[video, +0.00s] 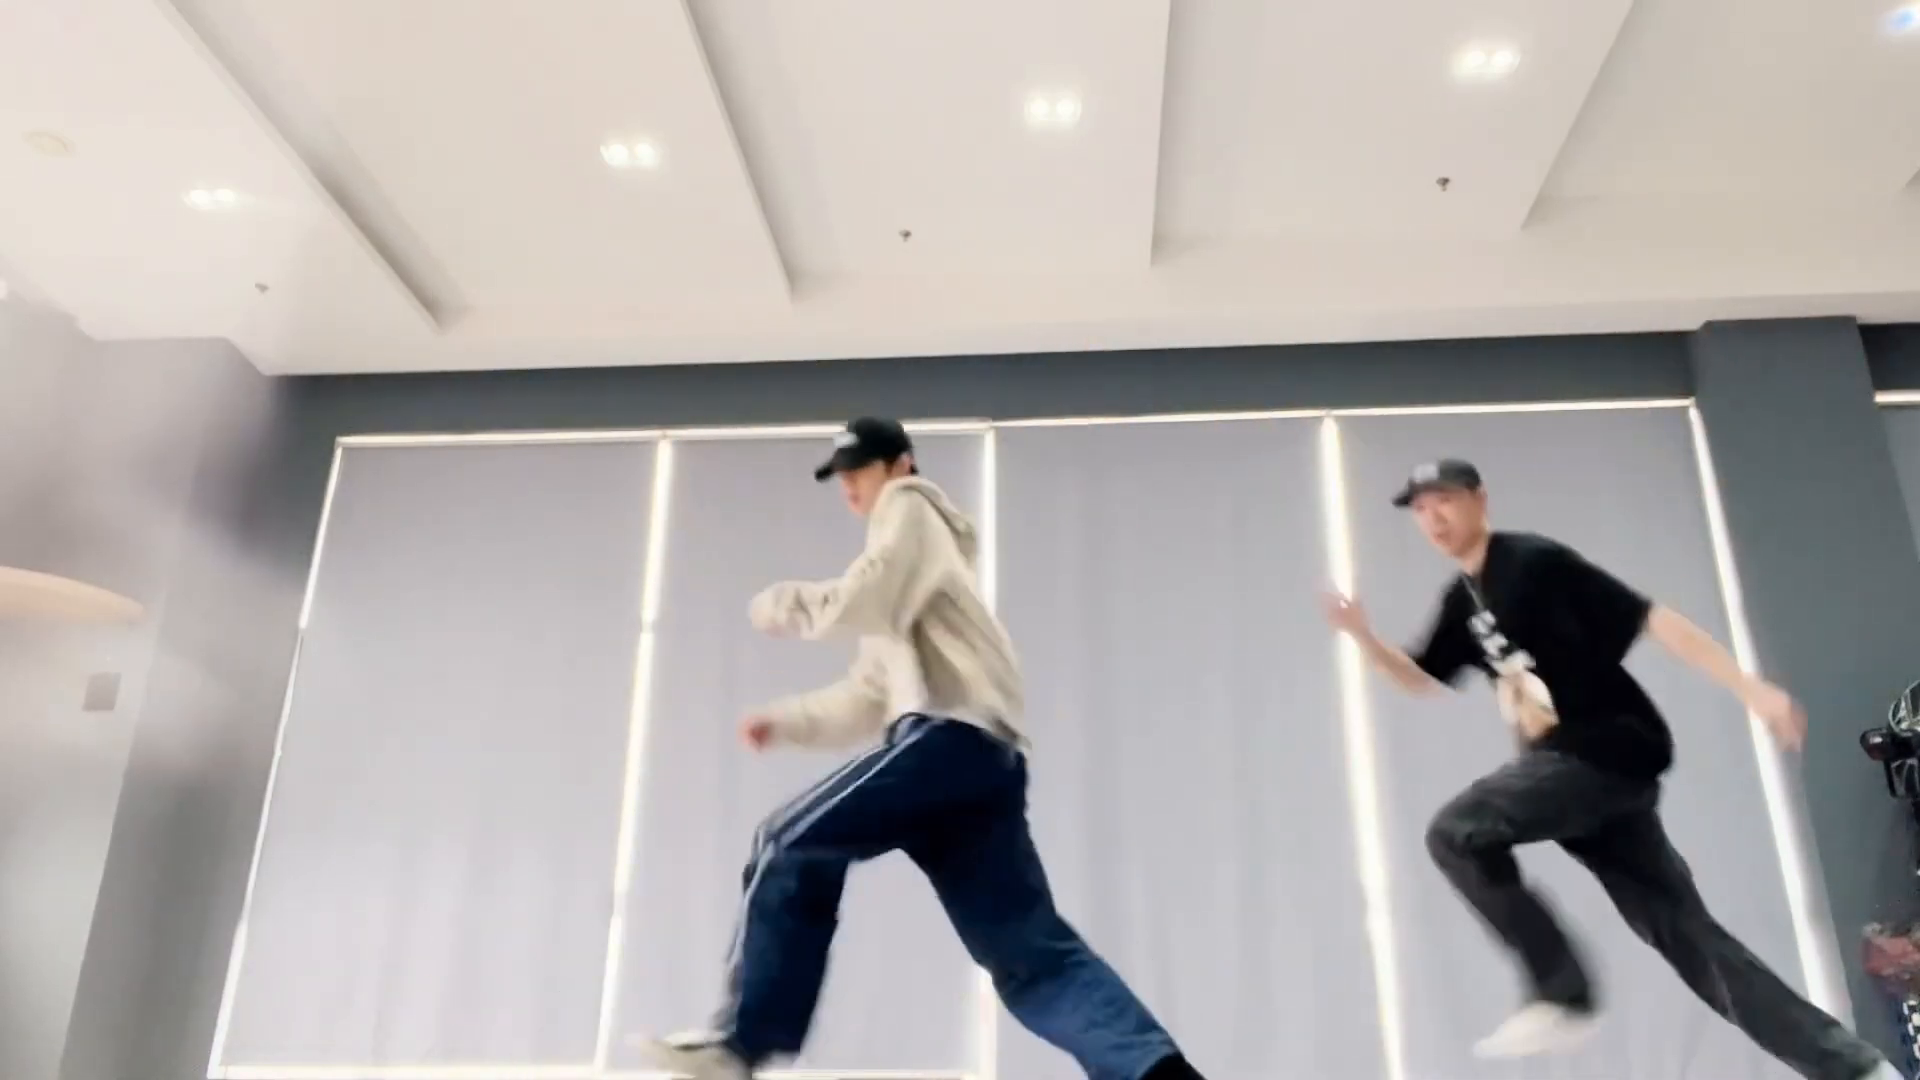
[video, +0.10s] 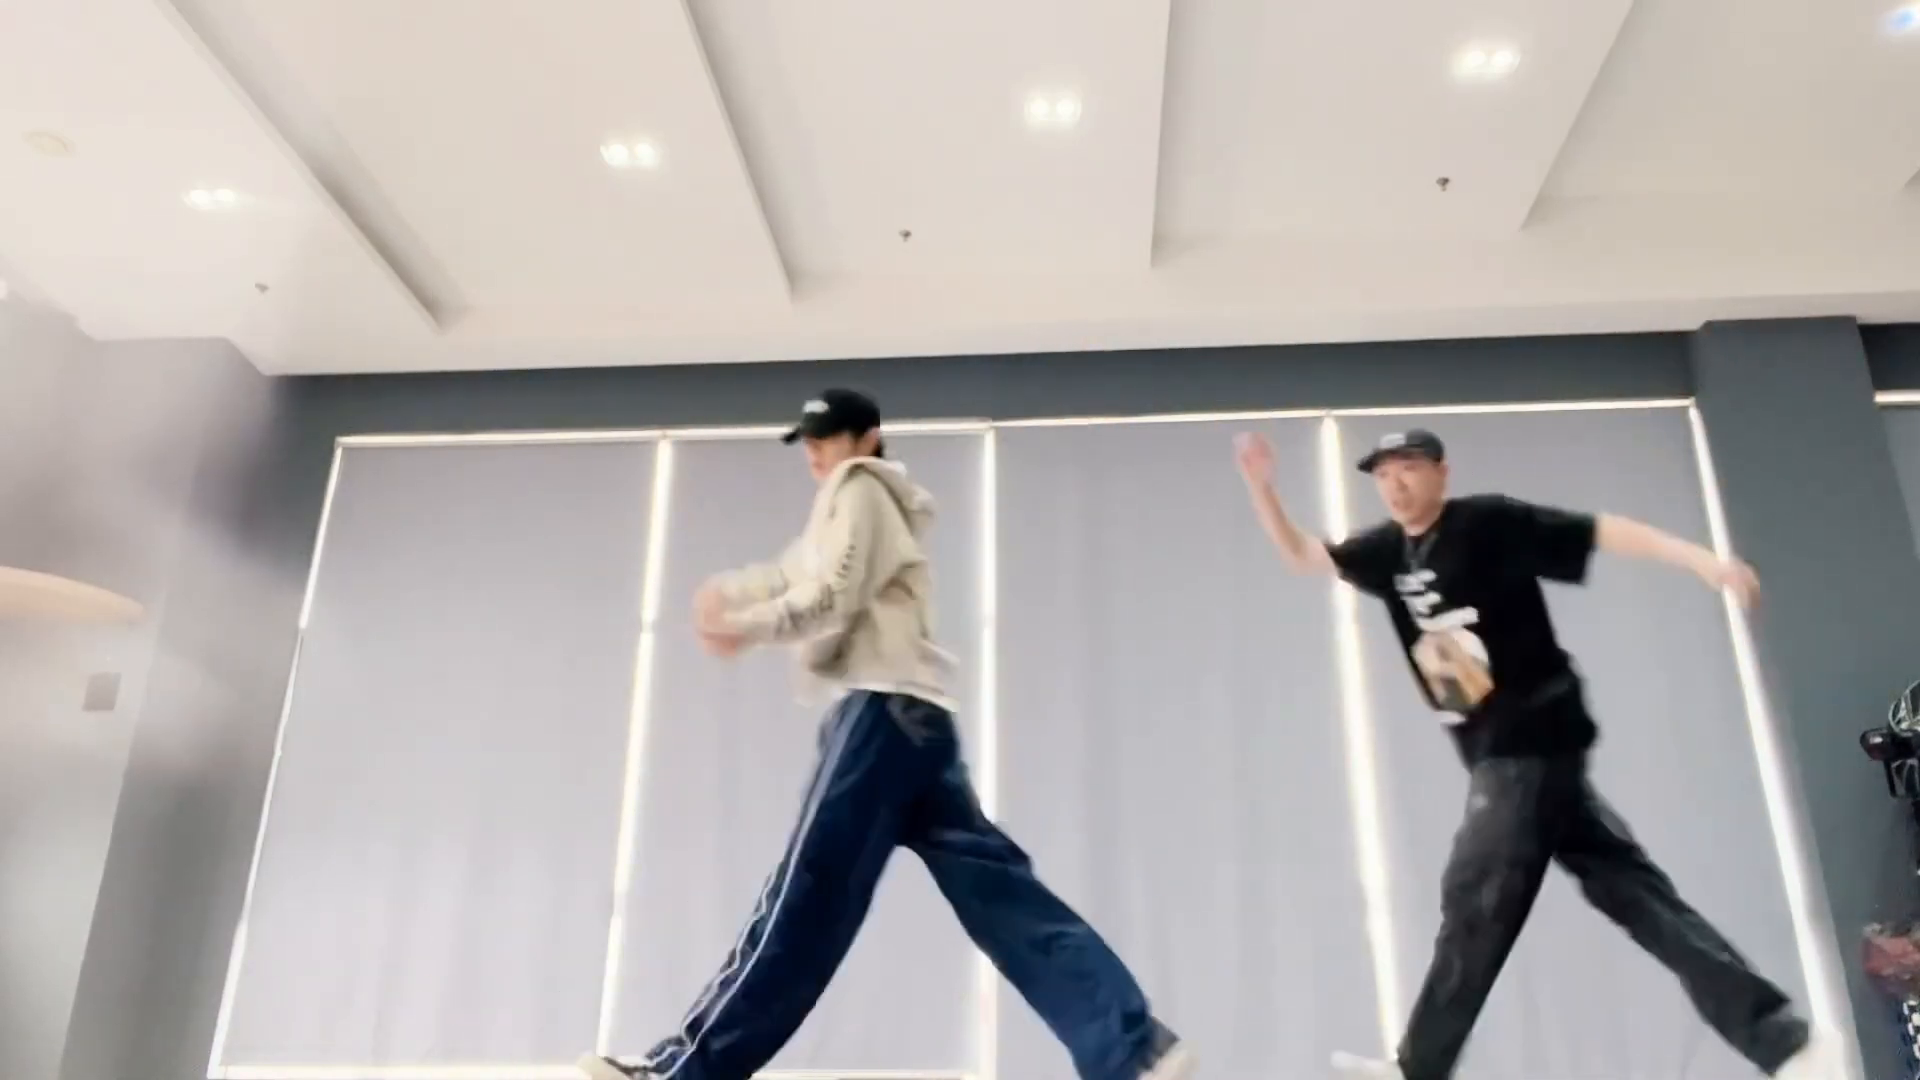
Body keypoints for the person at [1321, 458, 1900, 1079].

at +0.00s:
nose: (1434, 517)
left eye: (1444, 499)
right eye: (1422, 508)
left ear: (1479, 500)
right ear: (1419, 523)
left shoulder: (1538, 564)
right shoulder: (1462, 599)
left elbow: (1654, 622)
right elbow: (1422, 678)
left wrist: (1751, 689)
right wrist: (1361, 634)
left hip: (1611, 756)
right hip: (1573, 771)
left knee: (1458, 833)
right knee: (1687, 937)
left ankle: (1564, 995)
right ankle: (1845, 1062)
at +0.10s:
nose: (1399, 481)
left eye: (1412, 467)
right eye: (1387, 472)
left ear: (1442, 472)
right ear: (1378, 483)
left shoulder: (1489, 524)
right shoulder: (1385, 552)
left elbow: (1606, 532)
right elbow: (1304, 558)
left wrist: (1710, 565)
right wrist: (1262, 491)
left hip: (1538, 734)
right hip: (1498, 749)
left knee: (1475, 900)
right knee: (1632, 893)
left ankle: (1418, 1066)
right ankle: (1777, 1034)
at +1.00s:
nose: (1136, 591)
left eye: (1148, 584)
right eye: (1128, 574)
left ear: (1151, 595)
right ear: (1095, 568)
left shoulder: (1111, 682)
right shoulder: (1024, 594)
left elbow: (1048, 770)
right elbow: (942, 644)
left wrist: (1048, 757)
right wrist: (870, 698)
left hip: (1020, 804)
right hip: (951, 779)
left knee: (1036, 949)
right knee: (946, 916)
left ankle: (1052, 1069)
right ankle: (977, 1064)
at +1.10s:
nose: (1086, 586)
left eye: (1097, 579)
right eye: (1078, 570)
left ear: (1102, 592)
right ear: (1047, 566)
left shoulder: (1077, 669)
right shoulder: (981, 593)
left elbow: (1026, 696)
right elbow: (909, 645)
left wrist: (1092, 616)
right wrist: (856, 702)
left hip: (988, 803)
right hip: (923, 777)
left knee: (981, 944)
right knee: (930, 915)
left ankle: (900, 1056)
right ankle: (973, 1064)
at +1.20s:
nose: (1032, 584)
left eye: (1044, 577)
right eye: (1024, 569)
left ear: (1050, 591)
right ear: (998, 569)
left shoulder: (1036, 655)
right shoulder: (934, 607)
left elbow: (1030, 672)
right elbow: (872, 665)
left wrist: (1063, 615)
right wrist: (835, 737)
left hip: (956, 824)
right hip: (890, 799)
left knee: (895, 948)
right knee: (907, 932)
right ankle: (967, 1067)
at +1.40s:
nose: (946, 585)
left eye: (959, 577)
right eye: (936, 573)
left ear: (971, 592)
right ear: (914, 580)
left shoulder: (984, 683)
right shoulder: (869, 651)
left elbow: (952, 780)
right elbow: (830, 743)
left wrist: (890, 767)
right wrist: (843, 753)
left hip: (925, 831)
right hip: (857, 804)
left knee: (866, 963)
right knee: (843, 880)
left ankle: (769, 1050)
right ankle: (795, 1041)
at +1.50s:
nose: (921, 580)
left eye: (934, 573)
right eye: (910, 570)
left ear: (950, 588)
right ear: (890, 584)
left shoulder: (982, 674)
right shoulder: (860, 656)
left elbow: (991, 765)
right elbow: (822, 728)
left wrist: (913, 811)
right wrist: (815, 756)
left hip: (931, 851)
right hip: (854, 832)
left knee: (927, 978)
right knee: (812, 945)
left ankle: (837, 1004)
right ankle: (741, 1073)